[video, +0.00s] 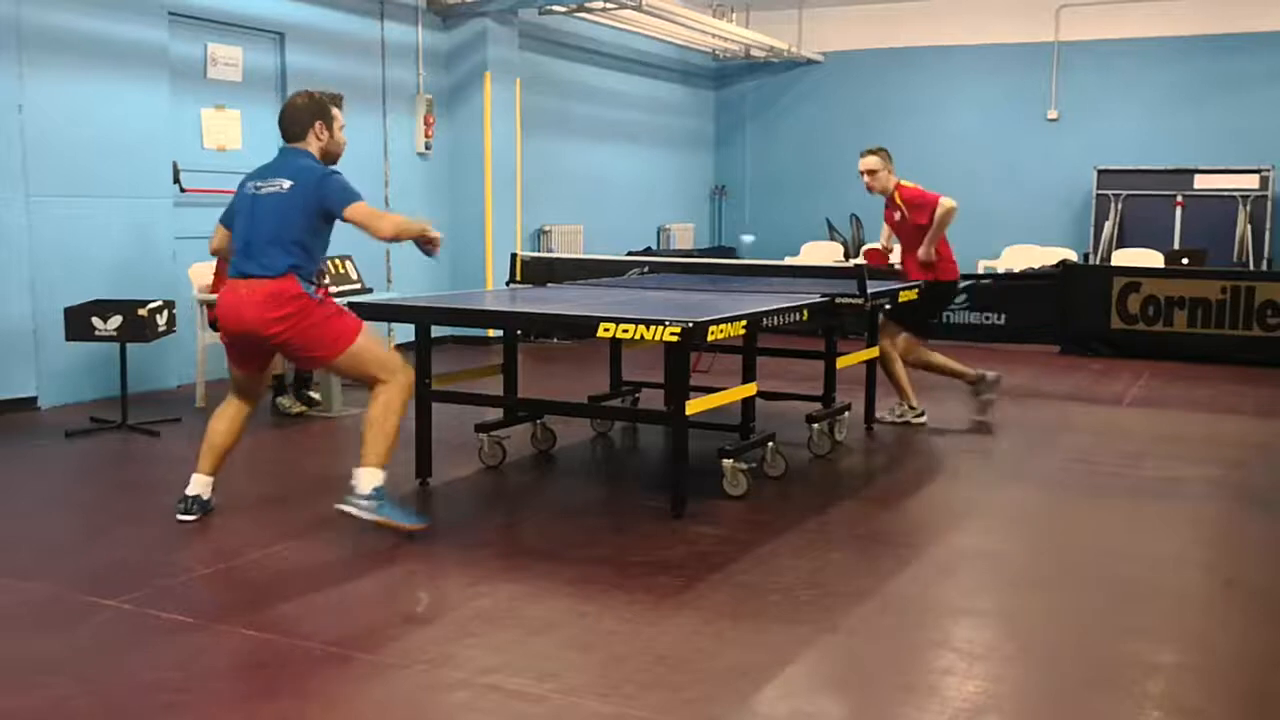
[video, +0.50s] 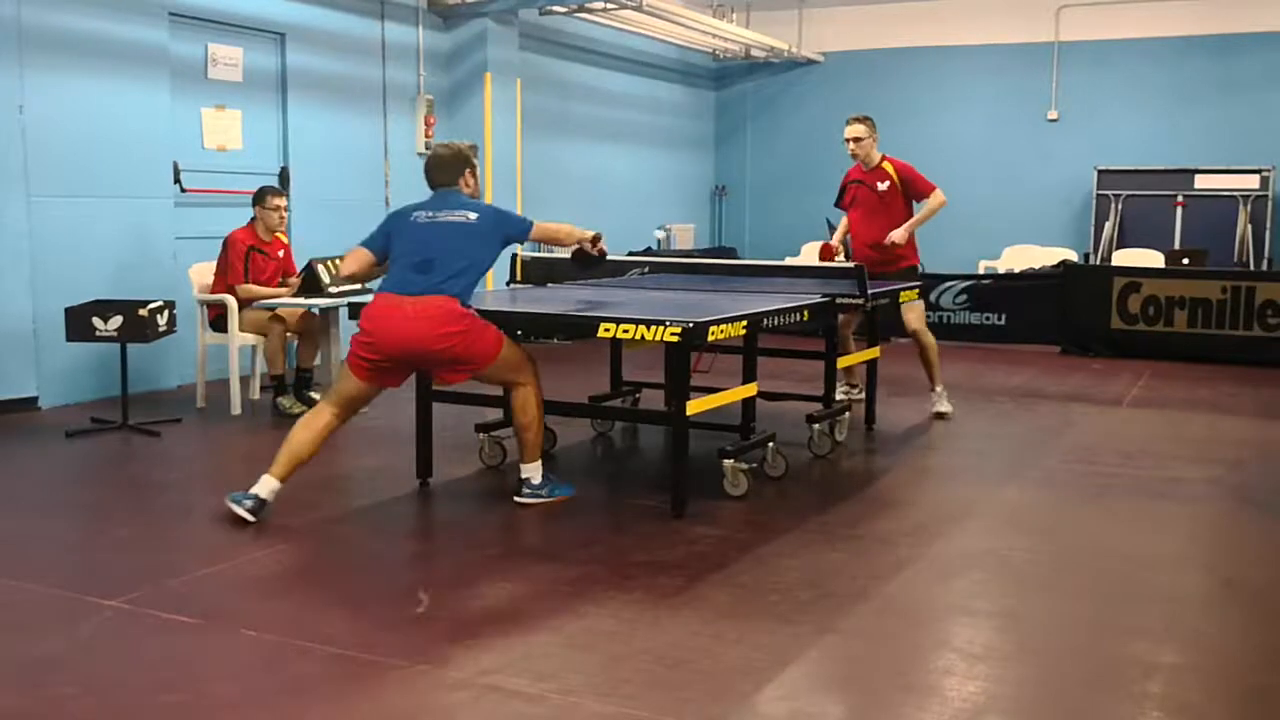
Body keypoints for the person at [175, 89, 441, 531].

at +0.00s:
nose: (344, 138)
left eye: (343, 129)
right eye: (340, 129)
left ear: (293, 133)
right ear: (318, 131)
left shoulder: (254, 178)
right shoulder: (321, 178)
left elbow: (219, 244)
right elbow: (384, 228)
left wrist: (273, 255)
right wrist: (423, 231)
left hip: (233, 303)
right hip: (285, 302)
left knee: (242, 393)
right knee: (395, 374)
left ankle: (196, 492)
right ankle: (367, 489)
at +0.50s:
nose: (479, 180)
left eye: (474, 173)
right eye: (476, 174)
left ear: (433, 181)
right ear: (467, 178)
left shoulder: (403, 216)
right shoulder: (489, 215)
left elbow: (349, 268)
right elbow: (556, 234)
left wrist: (388, 260)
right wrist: (585, 239)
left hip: (382, 320)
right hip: (441, 321)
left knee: (334, 407)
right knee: (523, 374)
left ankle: (260, 494)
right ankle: (533, 479)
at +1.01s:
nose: (419, 105)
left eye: (417, 97)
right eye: (418, 97)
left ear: (368, 101)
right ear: (407, 99)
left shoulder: (328, 147)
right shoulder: (404, 152)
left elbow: (292, 212)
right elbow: (448, 230)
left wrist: (351, 207)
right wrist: (492, 232)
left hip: (304, 275)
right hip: (361, 276)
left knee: (288, 392)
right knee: (439, 386)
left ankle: (225, 492)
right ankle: (431, 511)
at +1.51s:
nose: (364, 138)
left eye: (358, 130)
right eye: (362, 130)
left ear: (312, 147)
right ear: (355, 135)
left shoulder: (290, 201)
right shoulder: (390, 187)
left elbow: (273, 278)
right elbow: (488, 207)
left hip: (278, 328)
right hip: (345, 329)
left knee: (246, 422)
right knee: (452, 420)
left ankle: (187, 513)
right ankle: (425, 547)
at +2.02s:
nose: (310, 83)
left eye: (308, 75)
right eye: (308, 76)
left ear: (252, 82)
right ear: (299, 79)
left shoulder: (222, 140)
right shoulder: (300, 134)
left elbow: (197, 218)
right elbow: (360, 205)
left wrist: (253, 233)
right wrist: (431, 235)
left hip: (219, 284)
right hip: (281, 283)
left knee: (214, 406)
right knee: (354, 408)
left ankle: (177, 522)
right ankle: (341, 549)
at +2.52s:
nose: (293, 85)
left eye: (289, 77)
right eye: (292, 77)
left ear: (237, 82)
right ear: (282, 78)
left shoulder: (201, 140)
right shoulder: (289, 127)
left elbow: (171, 223)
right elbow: (319, 204)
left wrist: (173, 296)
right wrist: (356, 258)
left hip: (200, 280)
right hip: (258, 278)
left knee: (228, 402)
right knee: (324, 409)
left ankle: (190, 522)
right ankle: (332, 554)